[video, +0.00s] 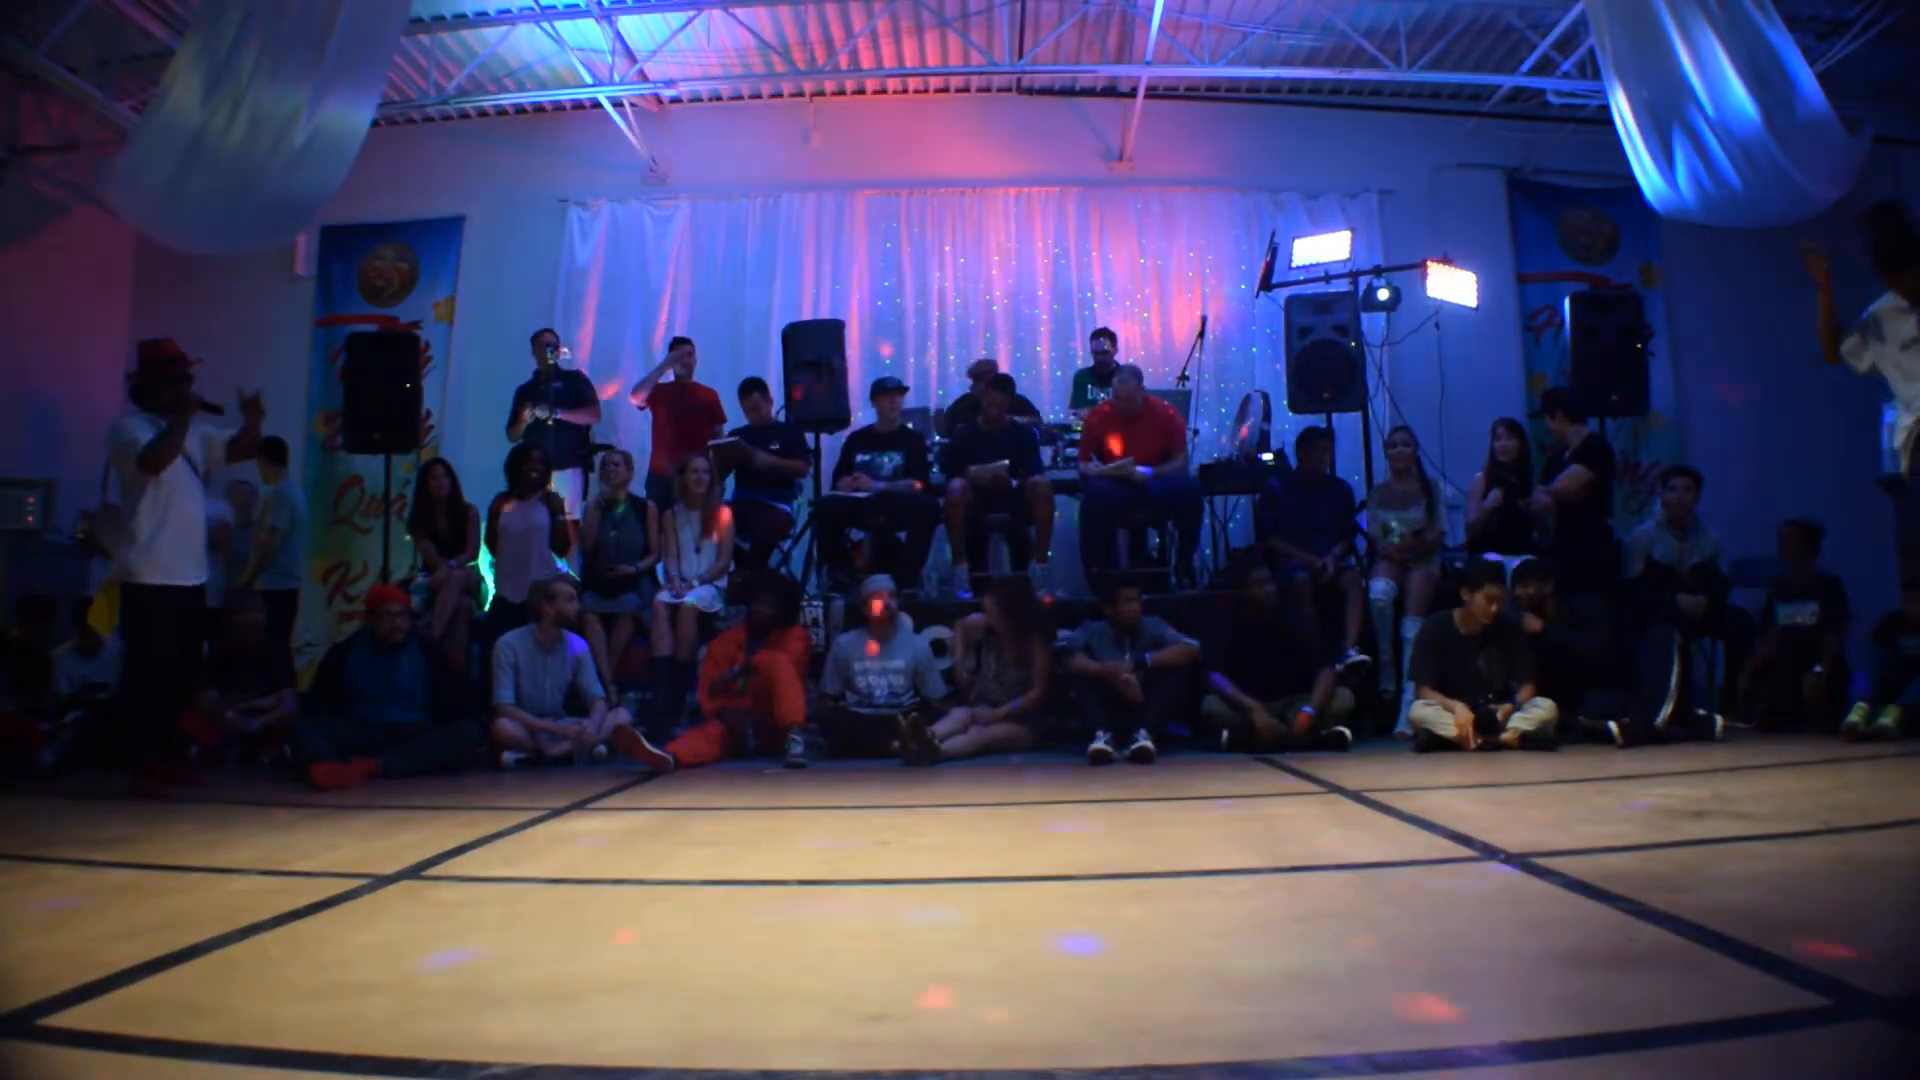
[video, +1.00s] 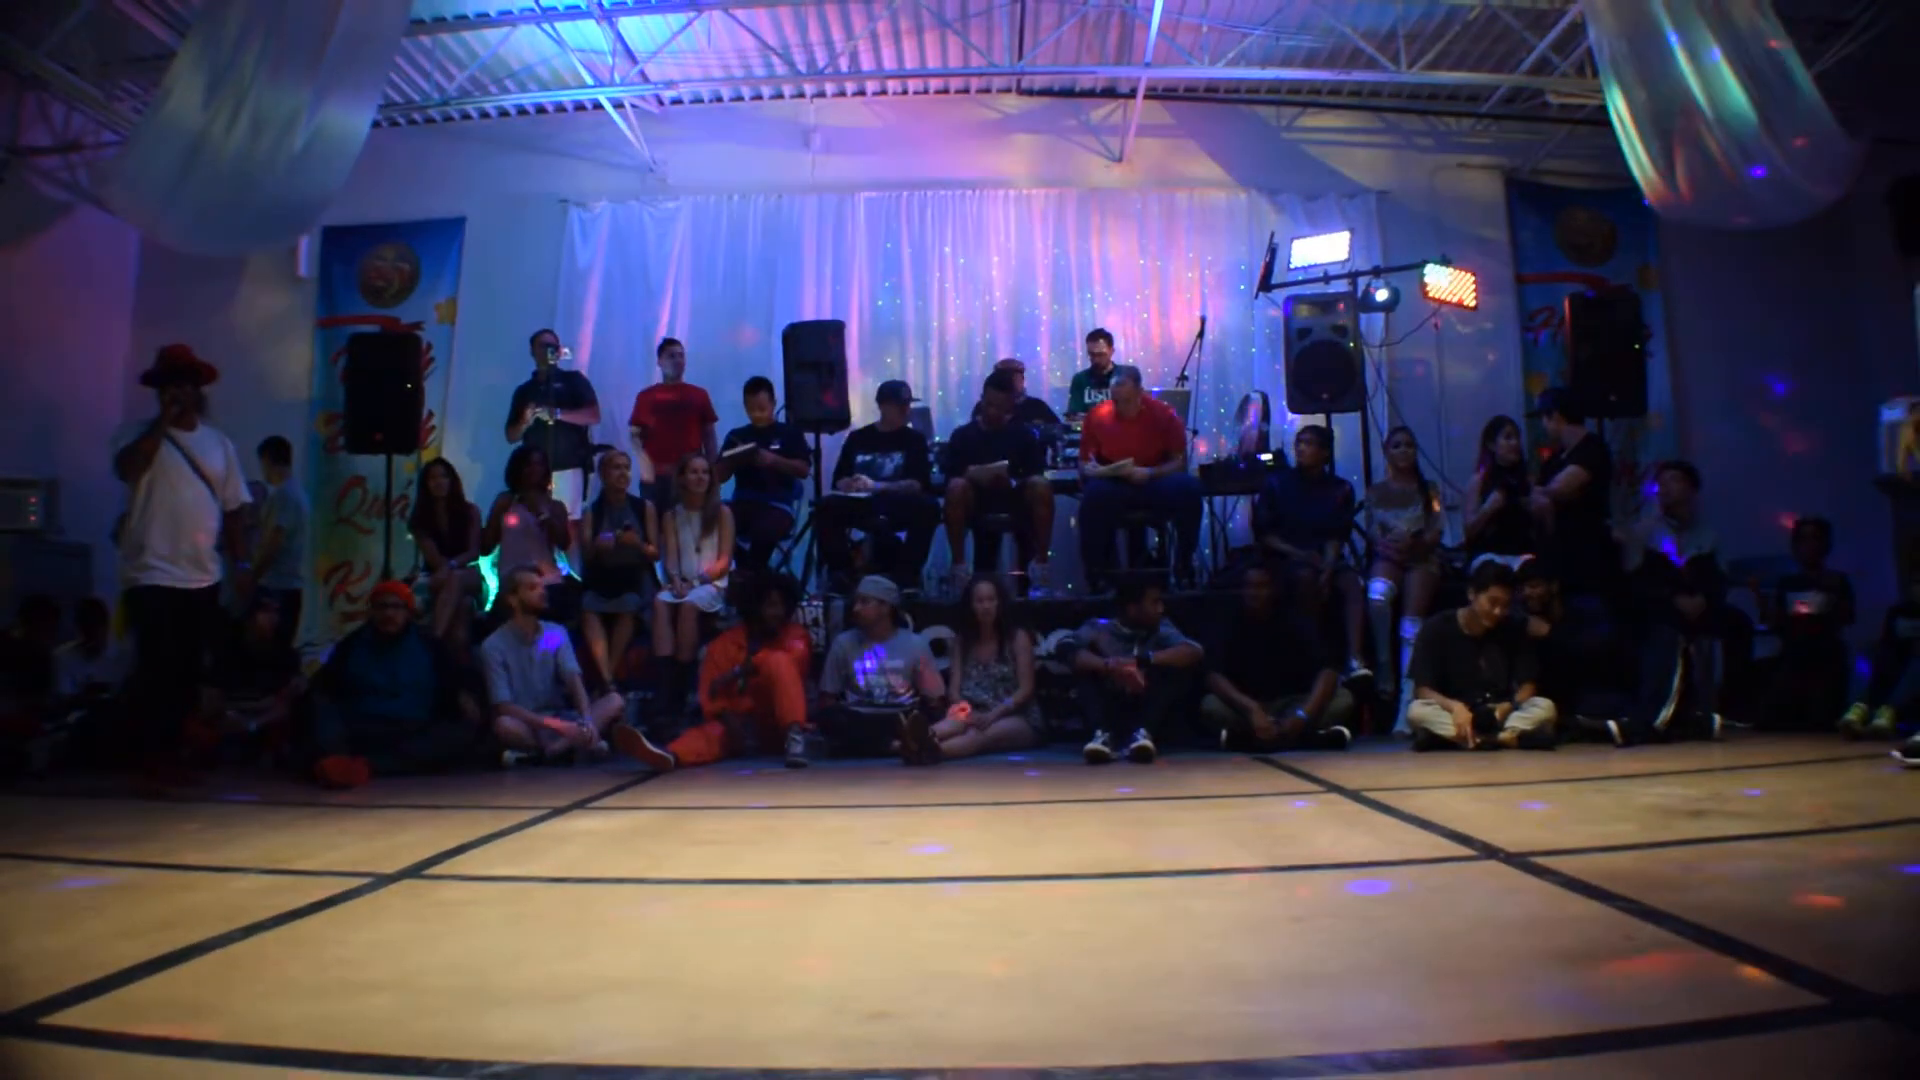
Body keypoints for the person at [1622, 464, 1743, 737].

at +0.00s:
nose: (1679, 497)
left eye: (1687, 491)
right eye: (1672, 490)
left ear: (1696, 498)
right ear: (1662, 496)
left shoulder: (1706, 538)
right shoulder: (1644, 537)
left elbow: (1717, 579)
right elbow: (1639, 582)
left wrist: (1704, 600)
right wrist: (1675, 599)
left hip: (1697, 609)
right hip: (1659, 608)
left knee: (1740, 624)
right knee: (1672, 633)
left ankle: (1732, 702)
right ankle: (1670, 707)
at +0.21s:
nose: (1679, 497)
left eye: (1686, 491)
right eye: (1672, 490)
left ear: (1696, 498)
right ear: (1662, 496)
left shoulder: (1707, 538)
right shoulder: (1645, 536)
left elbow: (1719, 579)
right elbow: (1639, 581)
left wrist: (1704, 600)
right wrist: (1675, 599)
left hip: (1698, 610)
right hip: (1660, 608)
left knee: (1740, 622)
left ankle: (1735, 706)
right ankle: (1665, 709)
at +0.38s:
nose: (1678, 497)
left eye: (1686, 490)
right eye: (1671, 489)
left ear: (1696, 497)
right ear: (1661, 496)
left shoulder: (1706, 537)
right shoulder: (1644, 536)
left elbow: (1716, 578)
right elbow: (1637, 584)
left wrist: (1705, 599)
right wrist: (1674, 599)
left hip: (1697, 607)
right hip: (1659, 607)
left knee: (1739, 624)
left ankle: (1735, 705)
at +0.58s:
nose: (1669, 494)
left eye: (1677, 488)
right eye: (1666, 488)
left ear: (1694, 496)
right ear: (1660, 494)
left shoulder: (1707, 536)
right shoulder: (1646, 535)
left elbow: (1718, 579)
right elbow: (1640, 582)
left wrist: (1706, 601)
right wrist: (1675, 601)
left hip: (1699, 611)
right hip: (1661, 609)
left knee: (1740, 623)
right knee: (1670, 633)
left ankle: (1736, 706)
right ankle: (1666, 709)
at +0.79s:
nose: (1670, 491)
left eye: (1678, 484)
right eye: (1667, 484)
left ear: (1694, 493)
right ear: (1660, 491)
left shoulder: (1706, 535)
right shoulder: (1648, 534)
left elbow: (1721, 578)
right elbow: (1642, 582)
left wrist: (1707, 599)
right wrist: (1676, 601)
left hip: (1701, 609)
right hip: (1662, 609)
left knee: (1741, 624)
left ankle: (1736, 707)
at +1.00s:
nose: (1666, 489)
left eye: (1674, 483)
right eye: (1662, 483)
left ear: (1690, 490)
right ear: (1657, 490)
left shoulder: (1704, 534)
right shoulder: (1646, 531)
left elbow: (1718, 576)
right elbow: (1639, 578)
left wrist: (1704, 599)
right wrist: (1673, 599)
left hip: (1699, 608)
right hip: (1660, 606)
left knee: (1738, 625)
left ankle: (1727, 708)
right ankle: (1654, 713)